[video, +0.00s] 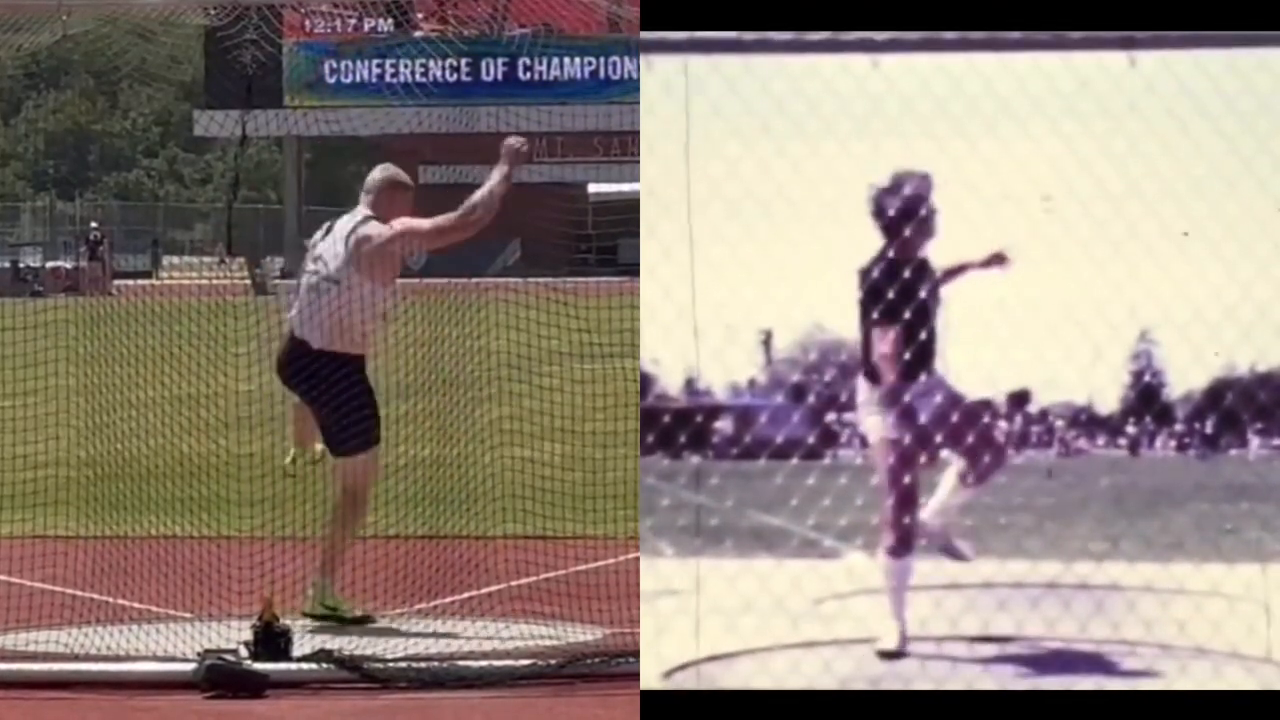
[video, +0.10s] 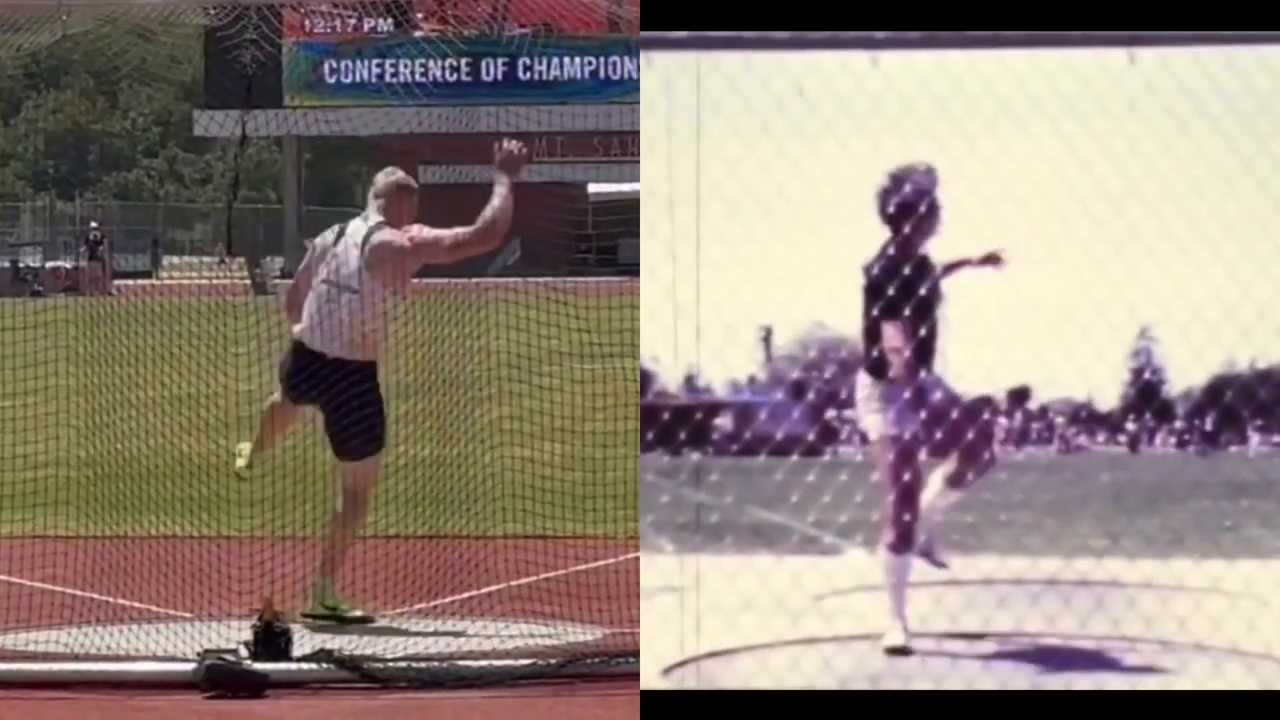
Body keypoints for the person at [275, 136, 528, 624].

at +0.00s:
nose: (408, 210)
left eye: (408, 202)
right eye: (405, 201)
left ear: (369, 195)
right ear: (389, 199)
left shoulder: (333, 228)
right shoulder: (383, 236)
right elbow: (468, 221)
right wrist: (505, 165)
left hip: (298, 356)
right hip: (337, 368)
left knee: (309, 392)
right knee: (356, 488)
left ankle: (302, 452)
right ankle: (322, 593)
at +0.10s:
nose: (415, 213)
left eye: (413, 204)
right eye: (412, 203)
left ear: (373, 202)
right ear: (400, 203)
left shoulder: (333, 236)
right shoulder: (399, 243)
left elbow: (294, 296)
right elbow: (487, 235)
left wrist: (306, 336)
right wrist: (505, 176)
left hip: (304, 360)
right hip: (353, 375)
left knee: (288, 401)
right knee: (354, 498)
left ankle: (254, 454)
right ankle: (323, 593)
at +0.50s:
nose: (404, 205)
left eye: (398, 199)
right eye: (414, 203)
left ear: (384, 209)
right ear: (424, 218)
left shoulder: (344, 240)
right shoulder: (434, 260)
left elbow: (294, 293)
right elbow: (508, 290)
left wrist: (275, 335)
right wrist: (520, 242)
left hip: (321, 360)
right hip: (374, 379)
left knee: (249, 388)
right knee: (357, 491)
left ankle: (186, 480)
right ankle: (336, 592)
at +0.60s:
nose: (399, 215)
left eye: (394, 209)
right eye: (411, 213)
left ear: (386, 215)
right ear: (426, 223)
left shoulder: (352, 240)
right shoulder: (440, 268)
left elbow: (297, 289)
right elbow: (496, 309)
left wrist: (271, 336)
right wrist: (523, 290)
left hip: (335, 362)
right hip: (382, 381)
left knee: (244, 386)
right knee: (352, 474)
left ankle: (187, 484)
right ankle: (362, 592)